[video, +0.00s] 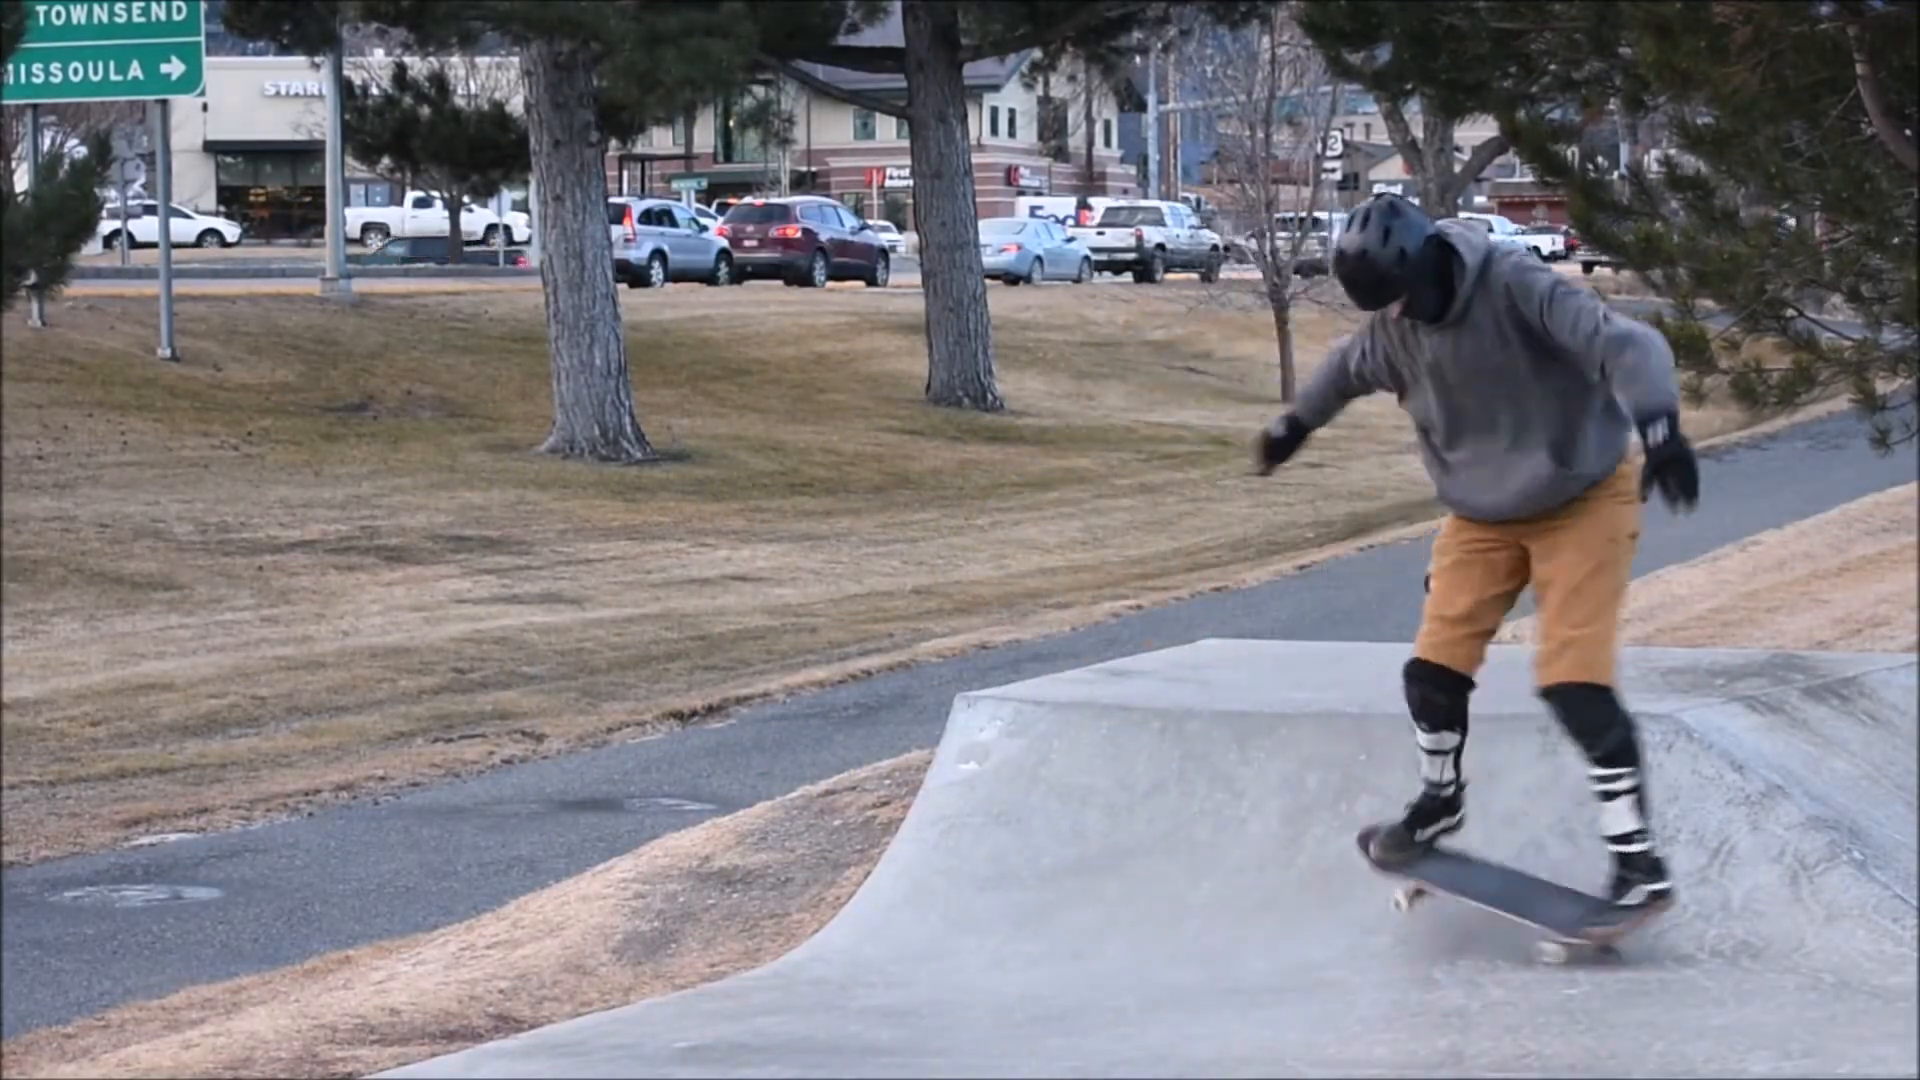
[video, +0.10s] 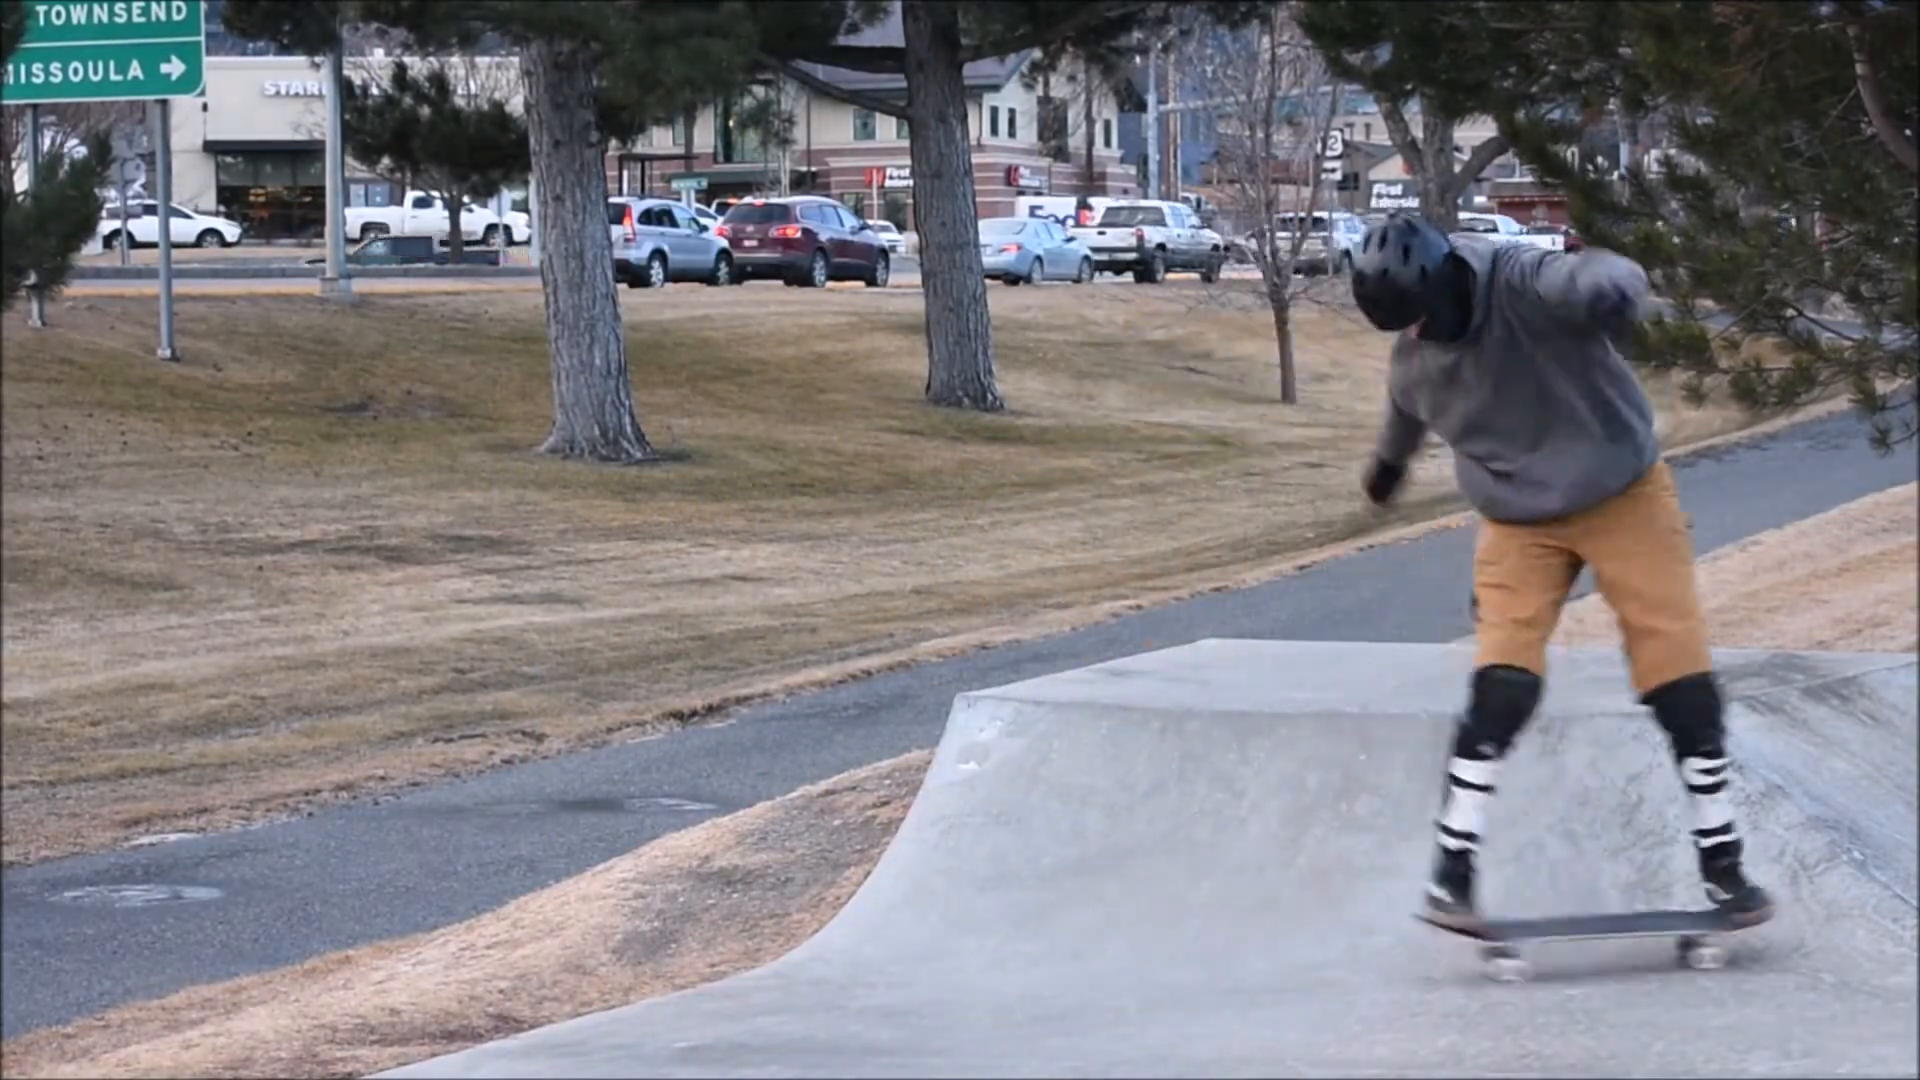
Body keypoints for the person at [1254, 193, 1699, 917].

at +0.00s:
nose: (1395, 317)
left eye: (1400, 301)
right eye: (1383, 308)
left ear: (1427, 264)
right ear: (1372, 288)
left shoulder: (1513, 284)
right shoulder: (1396, 329)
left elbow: (1625, 340)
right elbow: (1345, 370)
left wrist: (1660, 428)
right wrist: (1293, 424)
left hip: (1584, 494)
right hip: (1479, 512)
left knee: (1574, 683)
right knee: (1433, 678)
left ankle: (1635, 854)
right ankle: (1439, 801)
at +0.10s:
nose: (1414, 336)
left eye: (1419, 320)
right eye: (1401, 328)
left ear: (1447, 282)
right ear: (1389, 314)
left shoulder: (1517, 278)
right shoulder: (1414, 355)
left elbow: (1590, 272)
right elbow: (1403, 415)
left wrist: (1609, 287)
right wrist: (1387, 468)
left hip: (1625, 497)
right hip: (1516, 518)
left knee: (1686, 697)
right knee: (1501, 695)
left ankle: (1723, 866)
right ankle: (1453, 867)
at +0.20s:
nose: (1451, 362)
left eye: (1455, 345)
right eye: (1436, 355)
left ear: (1481, 303)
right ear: (1421, 343)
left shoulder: (1562, 299)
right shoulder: (1438, 398)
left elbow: (1609, 232)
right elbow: (1447, 510)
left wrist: (1525, 208)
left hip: (1651, 516)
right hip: (1551, 557)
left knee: (1760, 695)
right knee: (1584, 719)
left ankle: (1785, 872)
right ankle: (1530, 897)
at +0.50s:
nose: (1551, 350)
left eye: (1554, 332)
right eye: (1532, 345)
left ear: (1566, 295)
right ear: (1507, 341)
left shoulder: (1630, 292)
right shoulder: (1511, 398)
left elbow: (1648, 239)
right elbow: (1473, 518)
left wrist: (1546, 251)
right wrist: (1454, 623)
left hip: (1719, 484)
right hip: (1620, 532)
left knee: (1811, 687)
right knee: (1644, 696)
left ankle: (1845, 862)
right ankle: (1596, 874)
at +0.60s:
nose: (1565, 344)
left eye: (1576, 325)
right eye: (1545, 335)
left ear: (1594, 296)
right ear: (1524, 336)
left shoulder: (1644, 285)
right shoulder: (1525, 404)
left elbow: (1677, 325)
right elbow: (1486, 518)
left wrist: (1575, 332)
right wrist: (1461, 627)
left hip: (1737, 500)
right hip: (1635, 539)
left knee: (1818, 695)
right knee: (1666, 700)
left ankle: (1837, 864)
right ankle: (1616, 890)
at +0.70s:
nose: (1604, 390)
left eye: (1612, 372)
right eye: (1587, 384)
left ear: (1632, 329)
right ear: (1553, 364)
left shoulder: (1682, 320)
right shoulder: (1547, 405)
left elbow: (1719, 449)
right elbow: (1512, 513)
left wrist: (1638, 471)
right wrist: (1499, 617)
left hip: (1737, 493)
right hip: (1631, 523)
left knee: (1822, 689)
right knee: (1657, 698)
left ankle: (1832, 863)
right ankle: (1606, 891)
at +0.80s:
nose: (1634, 389)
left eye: (1645, 373)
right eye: (1617, 379)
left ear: (1671, 333)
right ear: (1588, 354)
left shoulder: (1724, 338)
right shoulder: (1576, 386)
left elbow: (1772, 474)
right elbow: (1535, 486)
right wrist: (1531, 584)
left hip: (1742, 523)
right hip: (1635, 535)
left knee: (1822, 697)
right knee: (1645, 702)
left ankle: (1823, 869)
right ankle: (1595, 891)